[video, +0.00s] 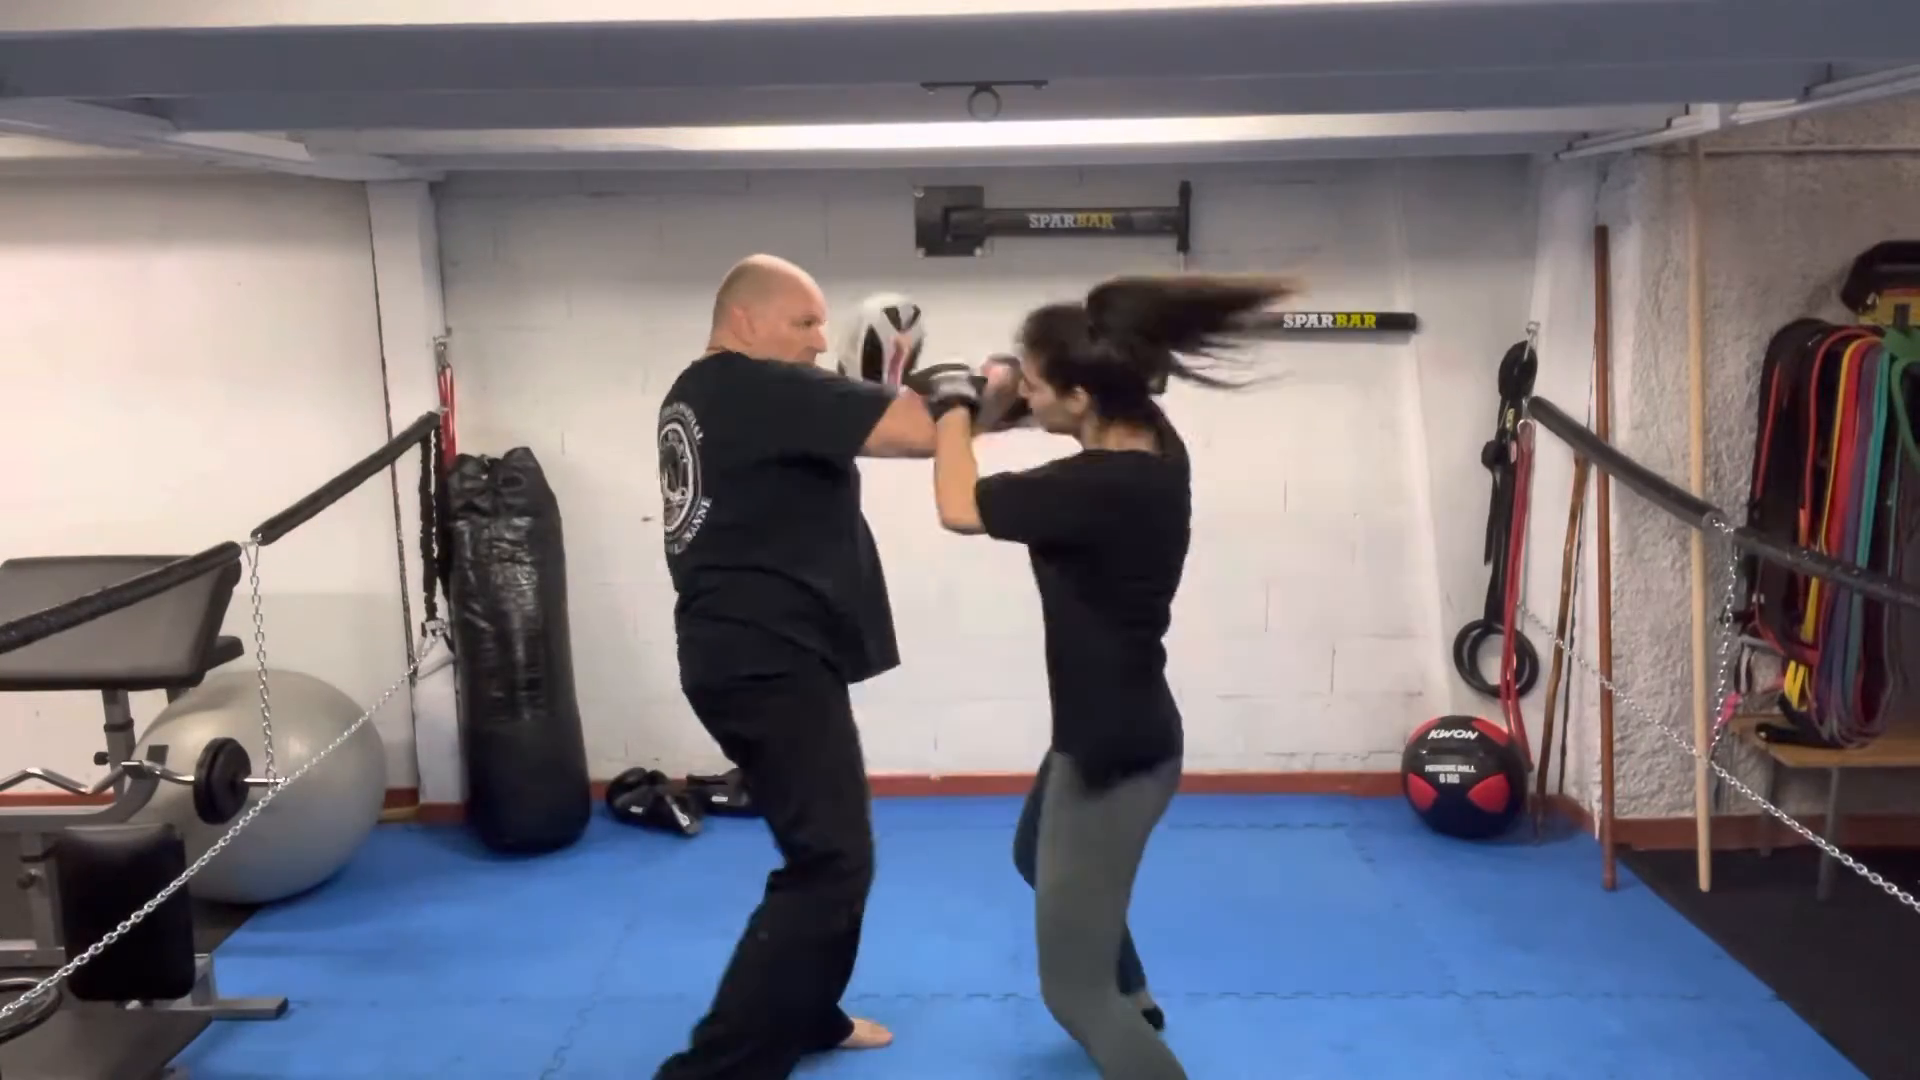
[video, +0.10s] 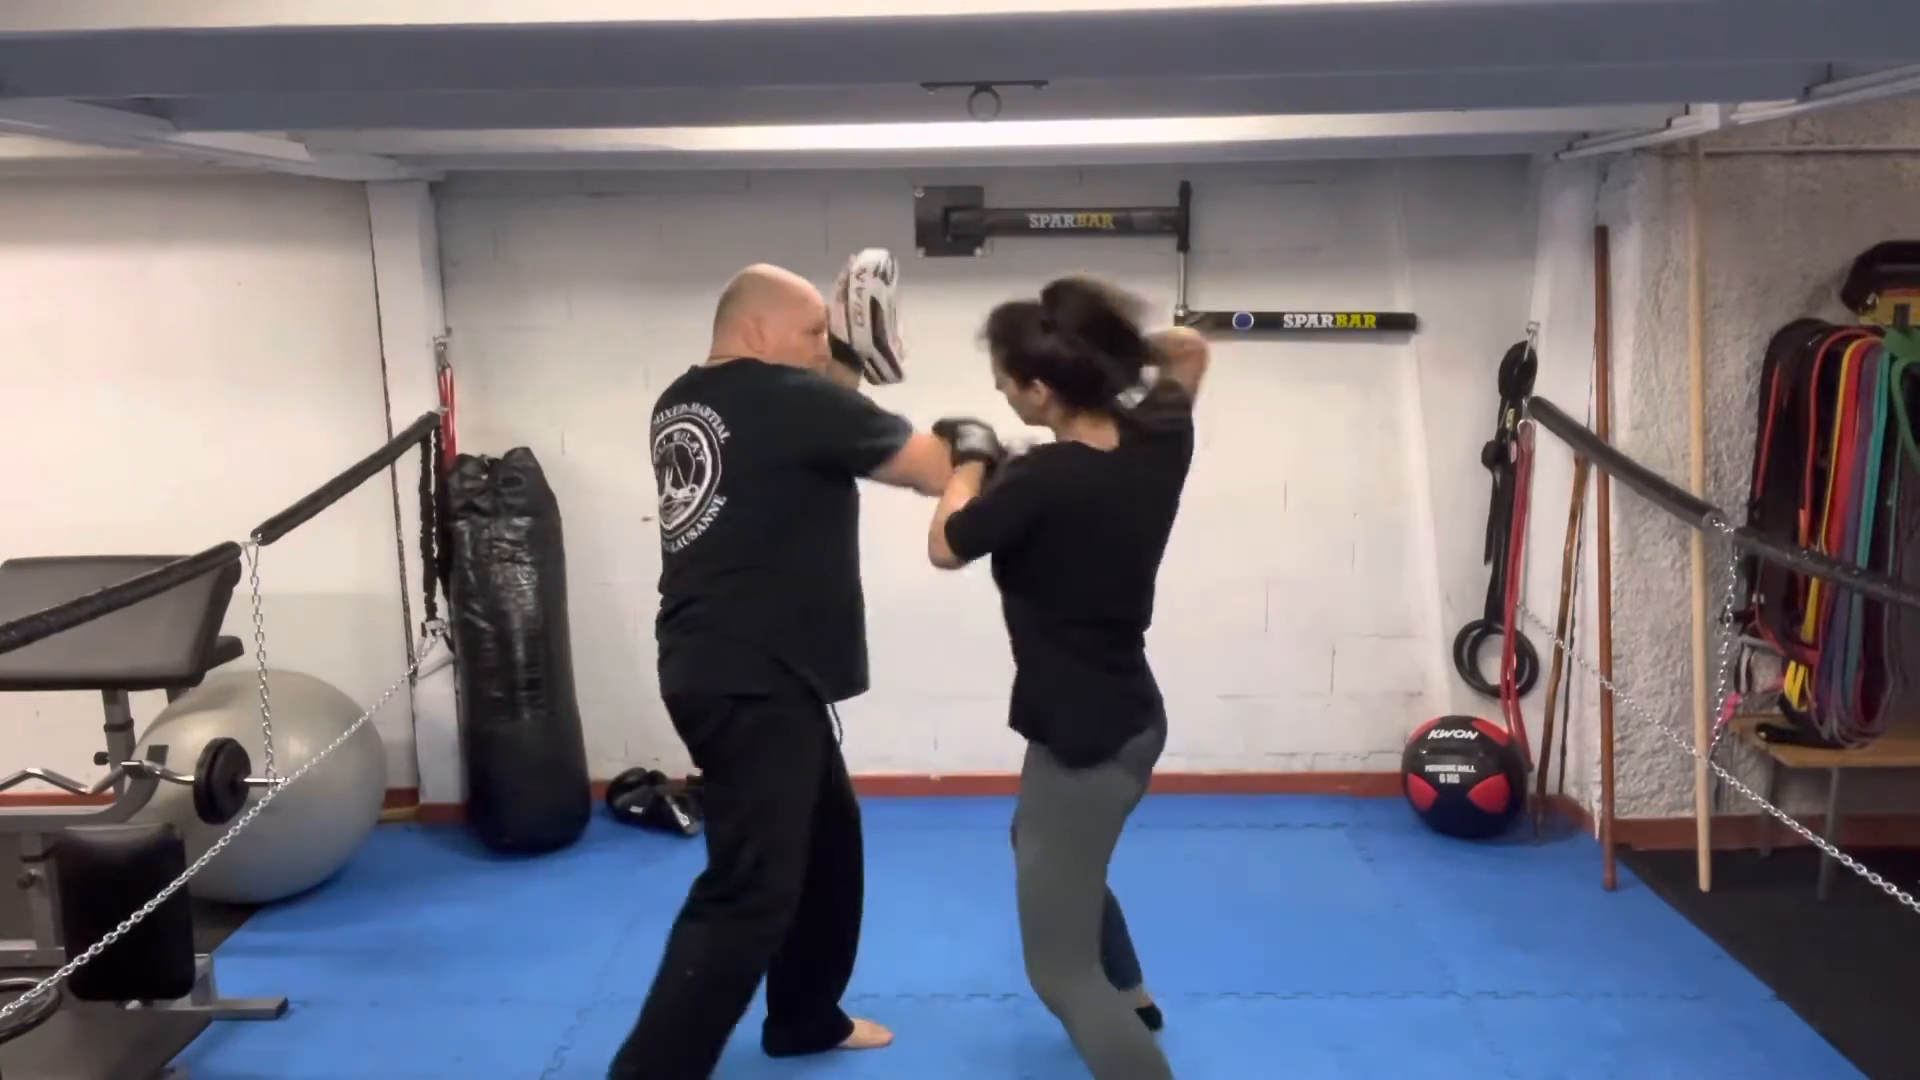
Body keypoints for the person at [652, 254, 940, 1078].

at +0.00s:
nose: (819, 341)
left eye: (819, 326)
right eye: (806, 325)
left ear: (740, 329)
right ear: (744, 322)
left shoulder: (701, 391)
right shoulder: (755, 388)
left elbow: (821, 441)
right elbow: (922, 427)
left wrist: (878, 391)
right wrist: (995, 394)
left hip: (745, 654)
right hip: (771, 658)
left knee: (830, 848)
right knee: (833, 862)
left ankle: (805, 1017)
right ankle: (721, 1063)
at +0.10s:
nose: (824, 350)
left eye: (824, 334)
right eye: (815, 333)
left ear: (737, 334)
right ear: (766, 332)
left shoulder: (679, 402)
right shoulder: (793, 398)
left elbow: (785, 434)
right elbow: (934, 466)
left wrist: (841, 362)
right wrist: (960, 434)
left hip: (705, 669)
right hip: (759, 674)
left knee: (827, 838)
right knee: (754, 883)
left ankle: (805, 1022)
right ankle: (650, 1072)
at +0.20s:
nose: (826, 367)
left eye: (830, 351)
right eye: (820, 347)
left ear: (744, 341)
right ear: (770, 341)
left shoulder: (681, 403)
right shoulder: (799, 426)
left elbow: (809, 425)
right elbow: (911, 550)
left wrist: (862, 328)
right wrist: (927, 522)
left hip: (685, 682)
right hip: (742, 694)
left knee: (817, 845)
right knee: (710, 902)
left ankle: (804, 1023)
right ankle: (603, 1072)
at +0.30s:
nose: (830, 371)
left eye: (832, 358)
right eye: (823, 355)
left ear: (752, 348)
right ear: (773, 348)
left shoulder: (687, 399)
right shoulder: (795, 438)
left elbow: (831, 403)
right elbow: (858, 592)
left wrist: (904, 329)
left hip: (671, 681)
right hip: (721, 695)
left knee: (803, 844)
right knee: (715, 903)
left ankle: (802, 1020)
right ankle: (613, 1074)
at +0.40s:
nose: (812, 372)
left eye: (815, 358)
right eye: (805, 356)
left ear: (734, 349)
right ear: (750, 348)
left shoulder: (672, 404)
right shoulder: (763, 432)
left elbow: (819, 422)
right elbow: (816, 604)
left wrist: (882, 363)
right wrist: (844, 681)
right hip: (704, 703)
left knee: (796, 848)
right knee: (706, 918)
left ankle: (802, 1021)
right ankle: (610, 1078)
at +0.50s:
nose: (777, 369)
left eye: (777, 352)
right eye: (765, 351)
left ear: (699, 349)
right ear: (706, 347)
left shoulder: (681, 411)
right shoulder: (693, 427)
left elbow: (806, 445)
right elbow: (780, 601)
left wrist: (891, 402)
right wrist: (846, 677)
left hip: (725, 702)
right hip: (673, 711)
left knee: (790, 864)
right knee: (681, 938)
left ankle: (802, 1020)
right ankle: (608, 1076)